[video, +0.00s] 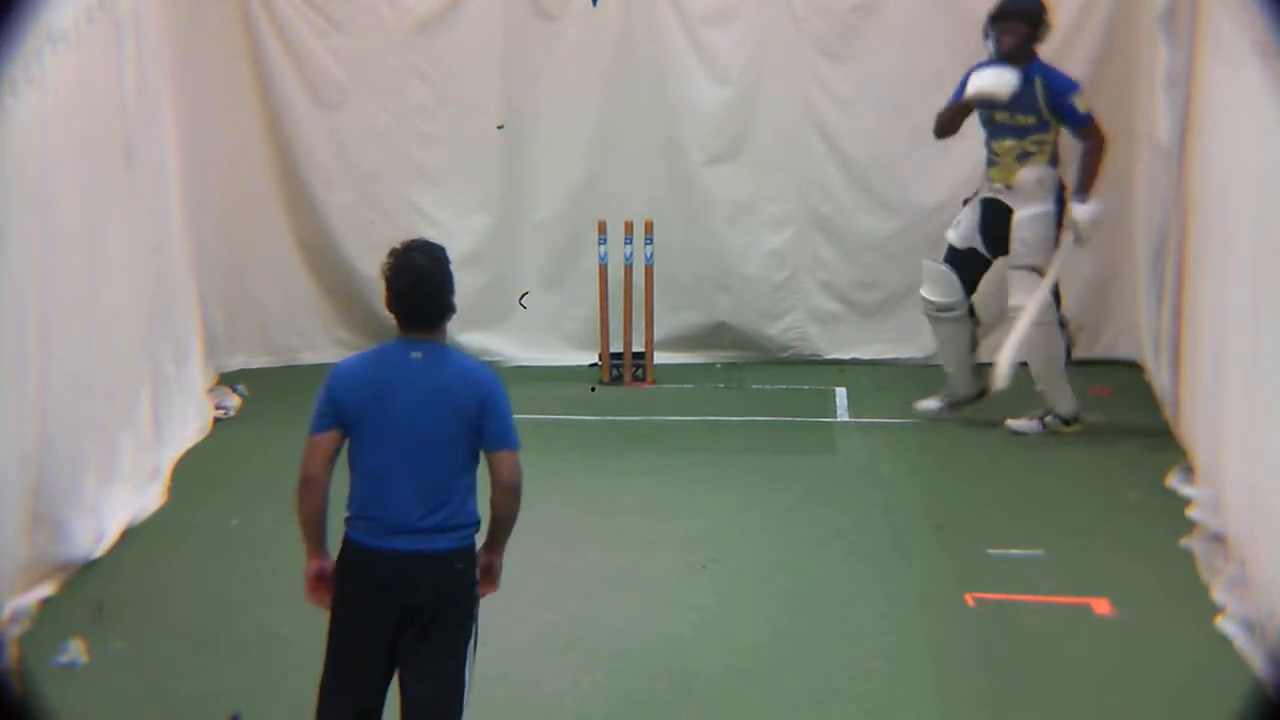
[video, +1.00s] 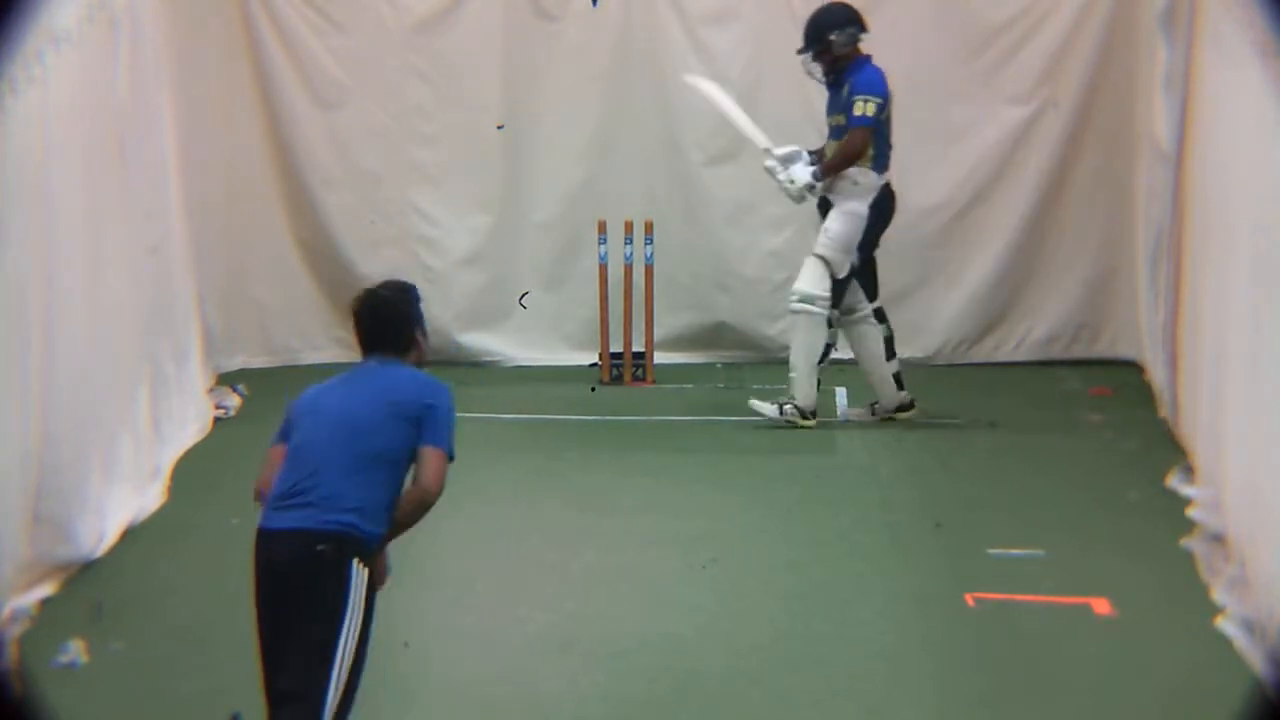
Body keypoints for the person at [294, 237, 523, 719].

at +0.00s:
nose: (386, 293)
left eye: (386, 287)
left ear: (389, 302)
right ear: (451, 301)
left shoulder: (350, 376)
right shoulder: (478, 380)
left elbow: (312, 475)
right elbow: (508, 479)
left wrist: (316, 555)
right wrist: (494, 550)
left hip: (367, 575)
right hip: (445, 577)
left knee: (347, 705)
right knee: (435, 707)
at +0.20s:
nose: (374, 292)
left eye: (375, 287)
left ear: (378, 302)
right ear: (439, 301)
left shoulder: (341, 375)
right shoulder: (469, 379)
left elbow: (303, 472)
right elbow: (500, 478)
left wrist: (331, 535)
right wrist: (480, 544)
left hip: (355, 571)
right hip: (432, 575)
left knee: (341, 705)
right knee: (430, 706)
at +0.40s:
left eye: (356, 292)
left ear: (357, 306)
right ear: (415, 305)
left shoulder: (316, 380)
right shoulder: (444, 375)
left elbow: (284, 476)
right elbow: (482, 467)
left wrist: (341, 502)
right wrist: (444, 512)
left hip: (325, 570)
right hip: (405, 572)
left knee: (317, 707)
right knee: (417, 708)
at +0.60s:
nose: (404, 311)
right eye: (403, 305)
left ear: (343, 321)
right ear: (403, 318)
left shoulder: (304, 386)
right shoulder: (426, 378)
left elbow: (280, 476)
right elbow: (471, 463)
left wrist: (339, 446)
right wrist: (421, 440)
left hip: (293, 559)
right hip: (365, 558)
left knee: (298, 694)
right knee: (377, 696)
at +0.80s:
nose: (410, 334)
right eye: (409, 326)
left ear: (345, 337)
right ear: (406, 336)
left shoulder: (303, 393)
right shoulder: (425, 392)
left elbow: (296, 465)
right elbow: (440, 490)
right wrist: (420, 498)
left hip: (274, 549)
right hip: (343, 551)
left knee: (281, 689)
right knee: (350, 694)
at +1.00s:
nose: (428, 334)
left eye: (425, 324)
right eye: (425, 325)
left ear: (361, 338)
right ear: (417, 335)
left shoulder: (312, 395)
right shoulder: (428, 392)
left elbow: (266, 487)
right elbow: (428, 487)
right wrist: (376, 538)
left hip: (273, 544)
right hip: (338, 549)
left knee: (283, 692)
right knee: (323, 697)